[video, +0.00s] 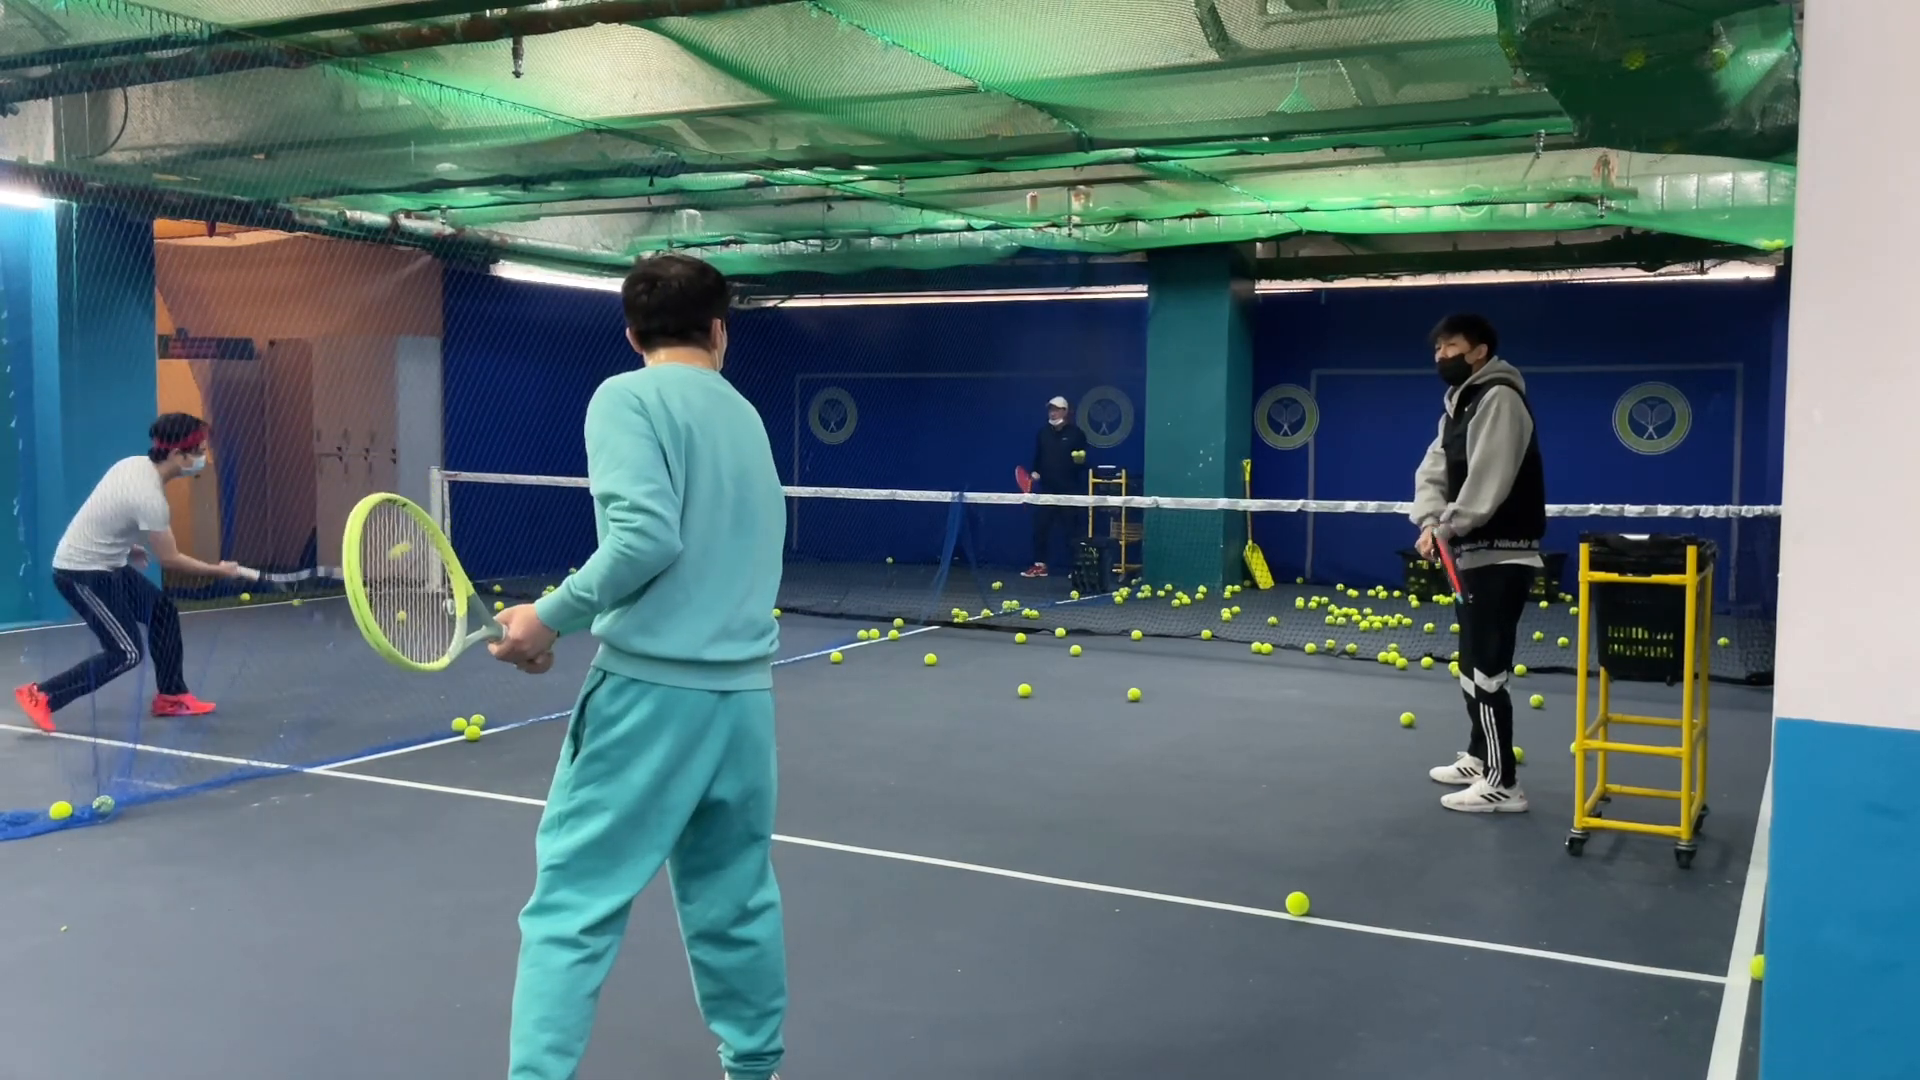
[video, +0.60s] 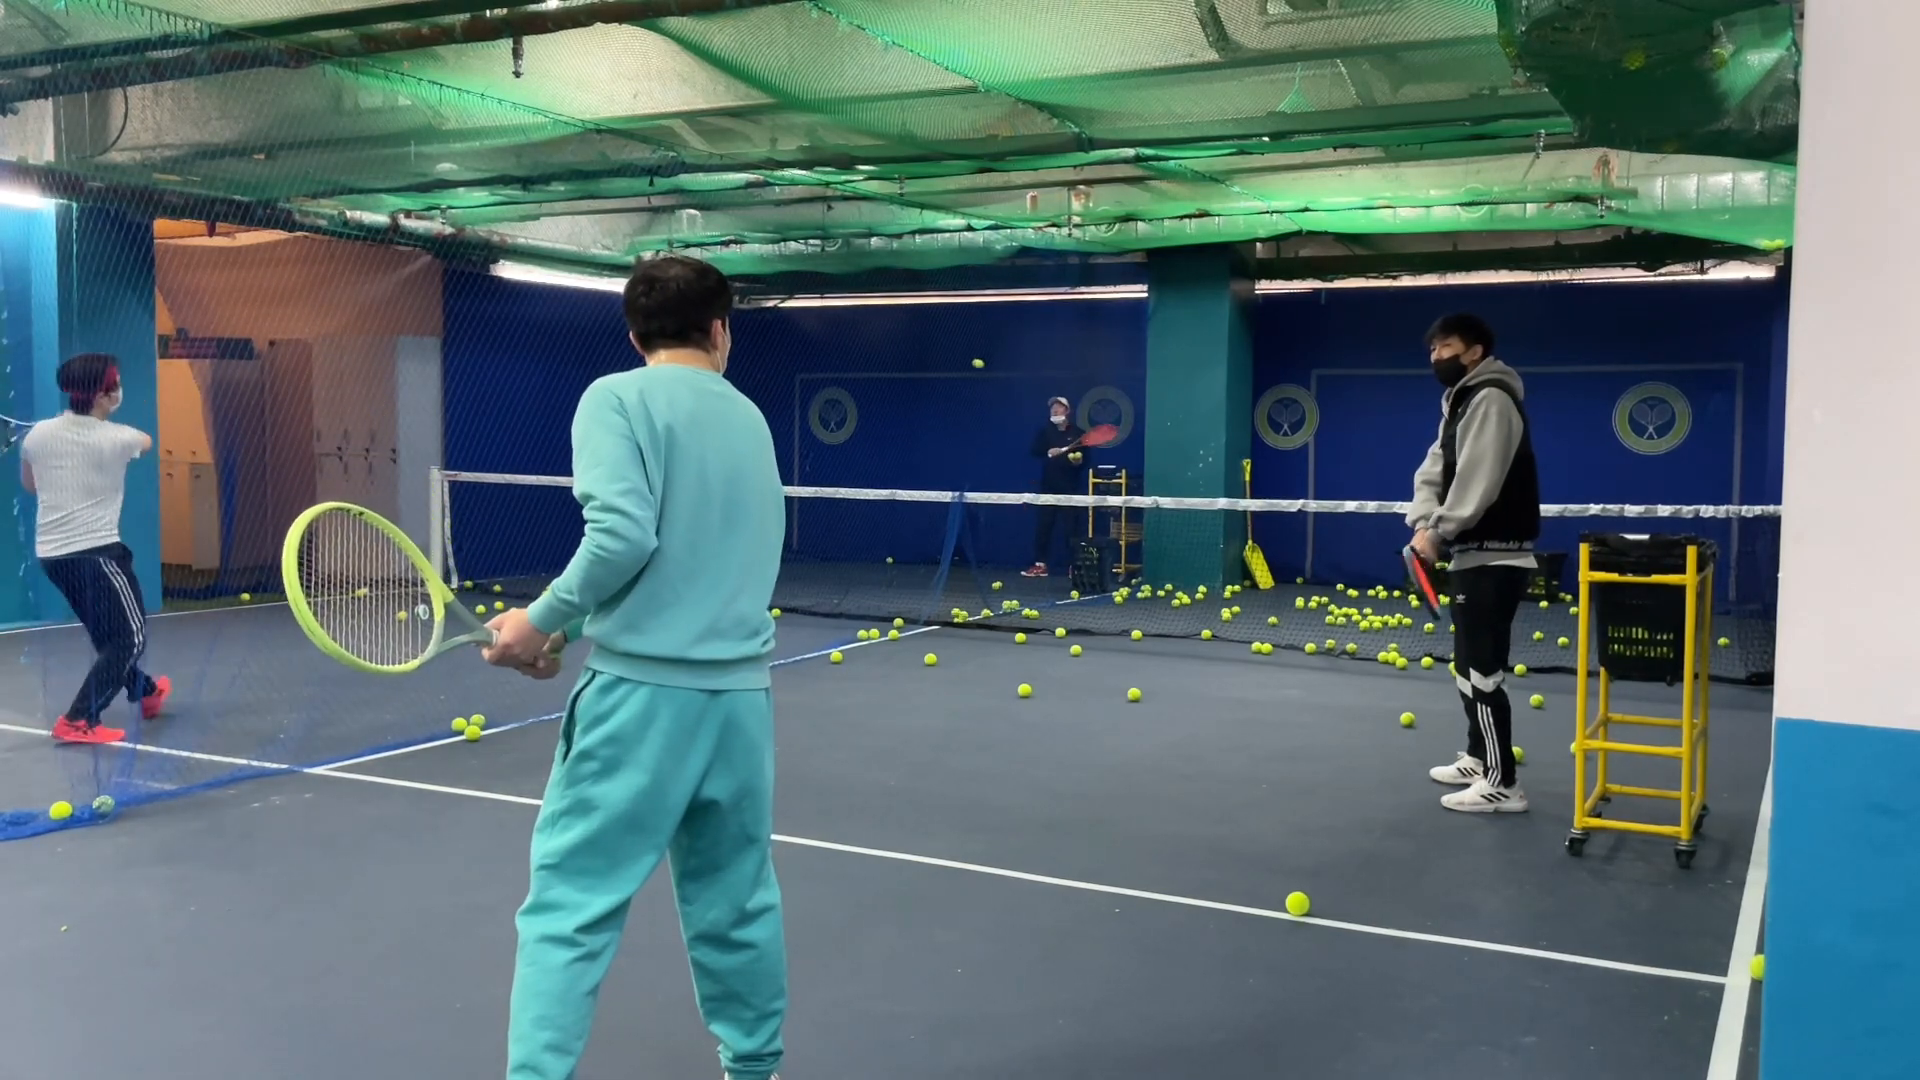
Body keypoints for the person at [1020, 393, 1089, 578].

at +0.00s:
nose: (1052, 413)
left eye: (1056, 409)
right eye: (1050, 409)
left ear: (1065, 412)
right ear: (1048, 411)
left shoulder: (1076, 433)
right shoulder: (1043, 433)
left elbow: (1084, 461)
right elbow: (1039, 457)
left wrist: (1080, 459)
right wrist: (1035, 472)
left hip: (1070, 485)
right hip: (1047, 485)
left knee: (1072, 526)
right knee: (1041, 525)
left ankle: (1076, 567)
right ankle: (1040, 564)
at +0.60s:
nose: (1056, 414)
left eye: (1060, 411)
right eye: (1054, 411)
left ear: (1067, 412)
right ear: (1050, 413)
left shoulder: (1076, 433)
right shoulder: (1045, 432)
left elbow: (1084, 459)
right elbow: (1034, 452)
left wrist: (1078, 461)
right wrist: (1048, 452)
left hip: (1070, 485)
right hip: (1048, 484)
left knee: (1071, 525)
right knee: (1044, 524)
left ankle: (1074, 565)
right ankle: (1040, 563)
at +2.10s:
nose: (1016, 412)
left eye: (1020, 408)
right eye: (1015, 408)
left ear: (1029, 411)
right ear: (1012, 412)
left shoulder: (1039, 432)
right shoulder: (1011, 434)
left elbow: (1043, 461)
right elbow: (1006, 457)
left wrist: (1021, 464)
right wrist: (1008, 467)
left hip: (1037, 486)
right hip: (1016, 486)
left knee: (1036, 528)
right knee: (1010, 525)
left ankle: (1036, 569)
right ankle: (1012, 564)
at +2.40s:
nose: (1006, 411)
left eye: (1010, 407)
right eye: (1004, 407)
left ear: (1019, 410)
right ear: (1002, 411)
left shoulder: (1030, 432)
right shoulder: (1002, 433)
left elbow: (1035, 460)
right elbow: (997, 457)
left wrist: (1015, 462)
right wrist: (1000, 470)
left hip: (1032, 485)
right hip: (1012, 485)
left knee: (1035, 525)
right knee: (1009, 525)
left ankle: (1043, 564)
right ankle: (1013, 565)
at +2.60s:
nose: (1008, 412)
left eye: (1012, 408)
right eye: (1006, 408)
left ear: (1020, 411)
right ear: (1004, 412)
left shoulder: (1031, 431)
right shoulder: (1006, 435)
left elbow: (1034, 459)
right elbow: (1004, 456)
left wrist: (1011, 463)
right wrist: (1001, 467)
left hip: (1034, 486)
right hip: (1015, 486)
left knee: (1044, 525)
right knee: (1012, 525)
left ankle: (1059, 564)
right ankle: (1013, 566)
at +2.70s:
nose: (1012, 413)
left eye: (1016, 409)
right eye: (1010, 409)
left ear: (1024, 411)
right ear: (1008, 413)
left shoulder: (1034, 432)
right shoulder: (1010, 435)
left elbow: (1036, 460)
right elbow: (1010, 459)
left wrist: (1011, 467)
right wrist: (1003, 470)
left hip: (1038, 486)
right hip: (1018, 486)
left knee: (1048, 526)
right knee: (1013, 524)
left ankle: (1063, 564)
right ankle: (1013, 565)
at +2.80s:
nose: (1017, 414)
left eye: (1021, 411)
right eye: (1015, 411)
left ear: (1030, 413)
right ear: (1012, 415)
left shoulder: (1040, 435)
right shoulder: (1014, 437)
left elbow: (1042, 463)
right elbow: (1014, 462)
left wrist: (1017, 472)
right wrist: (1009, 474)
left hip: (1043, 487)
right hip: (1024, 487)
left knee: (1053, 527)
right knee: (1017, 526)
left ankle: (1064, 565)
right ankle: (1014, 565)